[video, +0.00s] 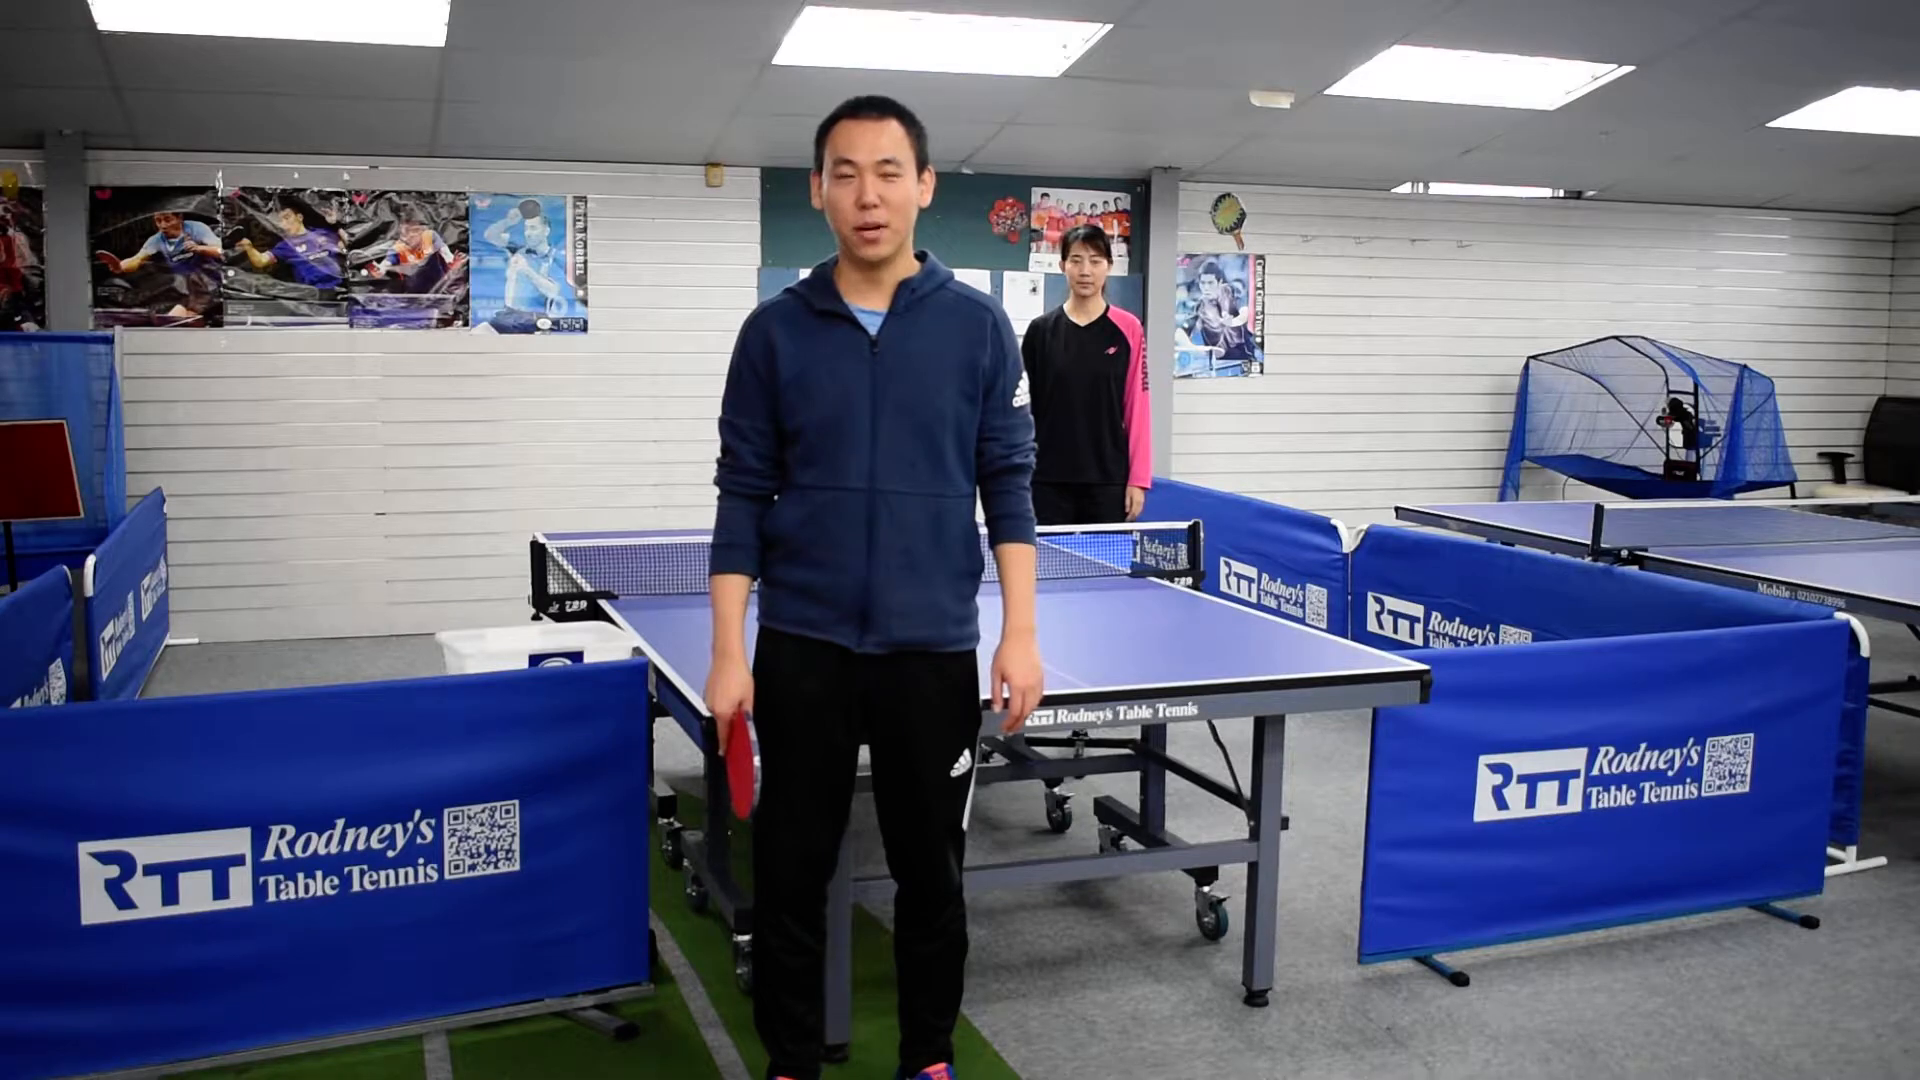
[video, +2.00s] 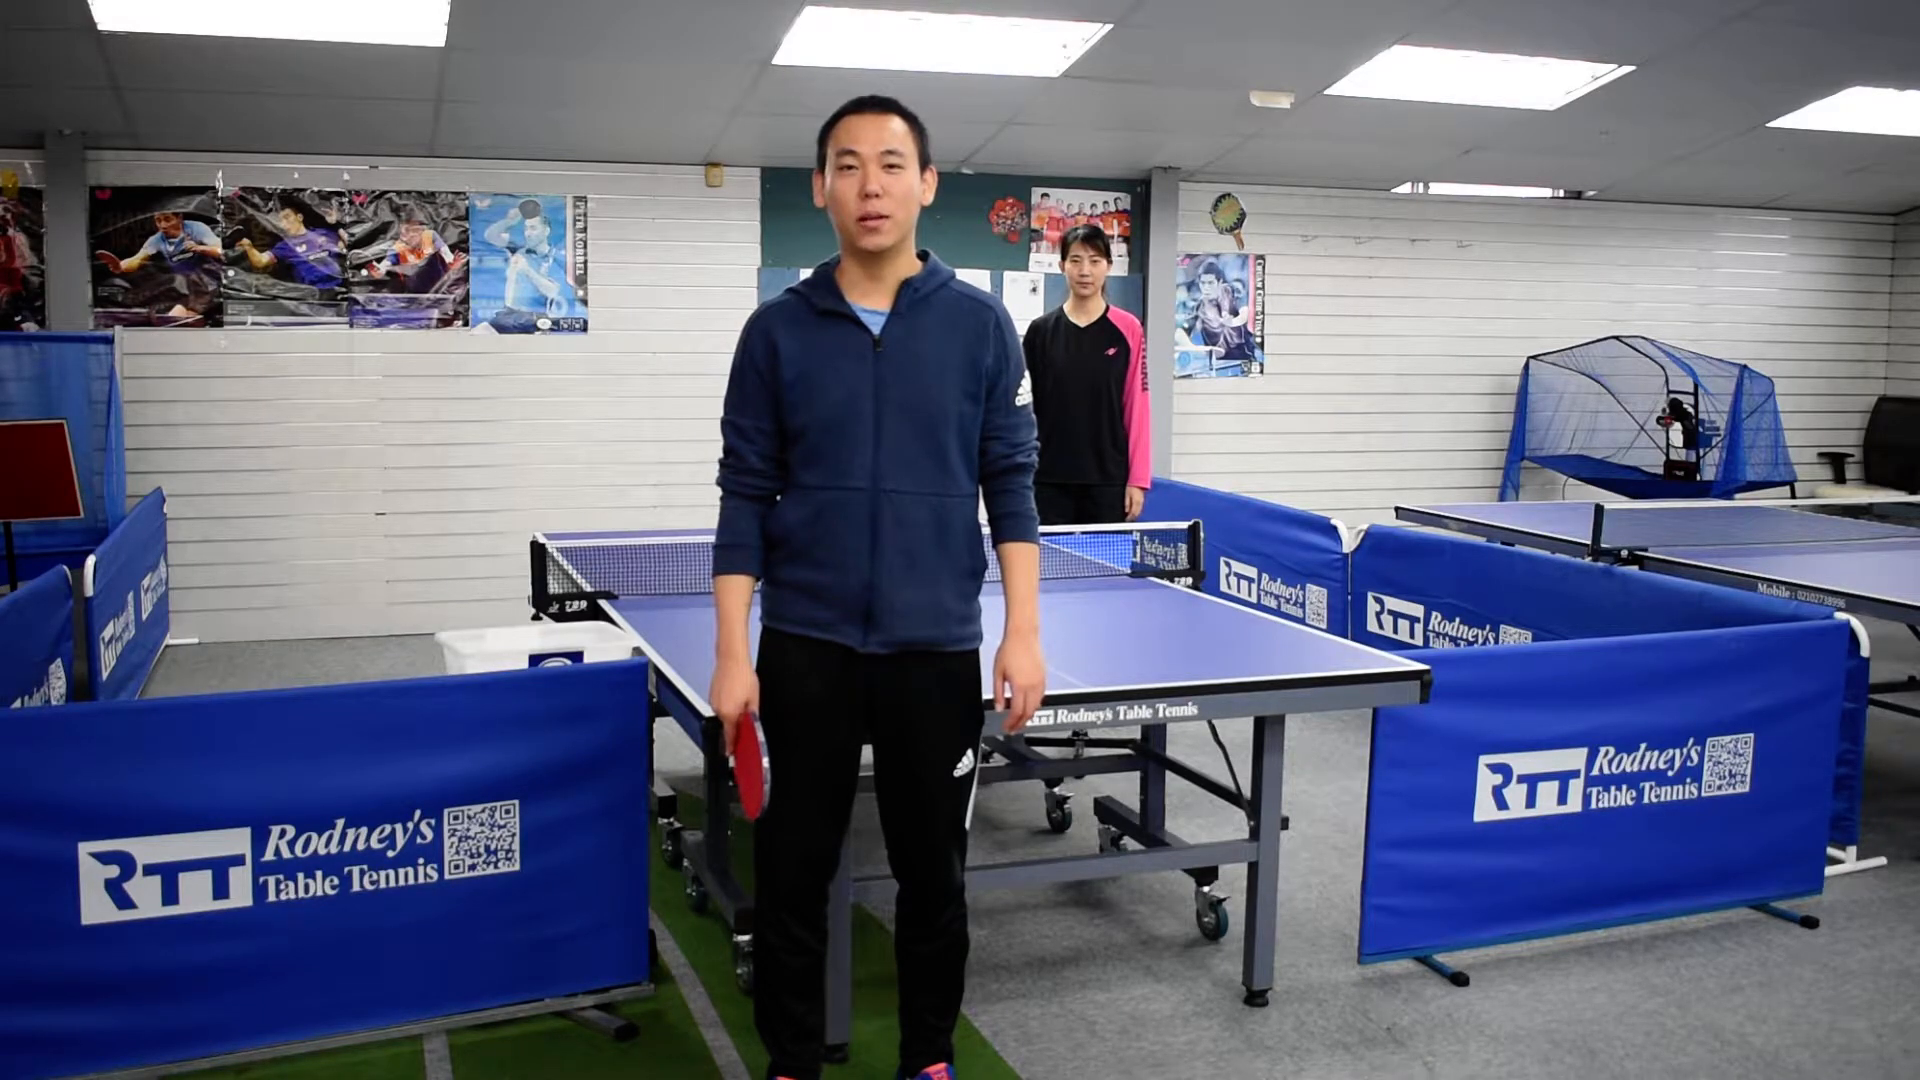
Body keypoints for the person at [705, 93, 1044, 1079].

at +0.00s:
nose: (867, 193)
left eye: (888, 172)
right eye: (846, 174)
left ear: (923, 189)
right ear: (820, 194)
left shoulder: (977, 326)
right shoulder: (775, 330)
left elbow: (1009, 483)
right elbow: (740, 491)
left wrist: (1020, 632)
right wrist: (728, 651)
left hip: (931, 644)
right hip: (804, 642)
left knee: (930, 871)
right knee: (789, 874)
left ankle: (929, 1061)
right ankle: (791, 1061)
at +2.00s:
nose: (870, 185)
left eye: (892, 166)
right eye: (848, 167)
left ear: (926, 187)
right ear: (822, 190)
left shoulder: (979, 326)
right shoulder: (777, 330)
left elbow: (1012, 482)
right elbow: (743, 492)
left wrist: (1023, 631)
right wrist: (732, 653)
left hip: (934, 645)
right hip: (806, 644)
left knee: (932, 875)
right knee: (791, 877)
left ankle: (930, 1060)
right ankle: (791, 1062)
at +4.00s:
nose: (874, 181)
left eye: (897, 164)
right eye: (853, 164)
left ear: (930, 188)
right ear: (828, 189)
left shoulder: (984, 327)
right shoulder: (784, 328)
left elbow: (1014, 483)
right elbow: (734, 476)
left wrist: (1020, 631)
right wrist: (742, 612)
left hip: (938, 643)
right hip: (807, 640)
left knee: (934, 875)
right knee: (793, 876)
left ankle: (930, 1060)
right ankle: (791, 1061)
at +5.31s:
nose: (869, 185)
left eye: (891, 166)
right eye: (848, 167)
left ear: (926, 188)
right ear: (824, 191)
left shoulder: (981, 326)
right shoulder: (779, 329)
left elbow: (1014, 482)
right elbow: (745, 489)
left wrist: (1024, 632)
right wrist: (742, 645)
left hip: (934, 647)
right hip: (803, 645)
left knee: (932, 876)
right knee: (791, 881)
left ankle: (929, 1061)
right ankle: (791, 1063)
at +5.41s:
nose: (868, 184)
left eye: (890, 165)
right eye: (847, 167)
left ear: (925, 188)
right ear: (823, 191)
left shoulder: (980, 326)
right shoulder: (779, 329)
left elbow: (1013, 483)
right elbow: (744, 489)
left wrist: (1022, 631)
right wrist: (741, 645)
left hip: (933, 647)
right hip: (803, 645)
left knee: (932, 875)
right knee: (791, 881)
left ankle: (930, 1060)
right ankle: (791, 1062)